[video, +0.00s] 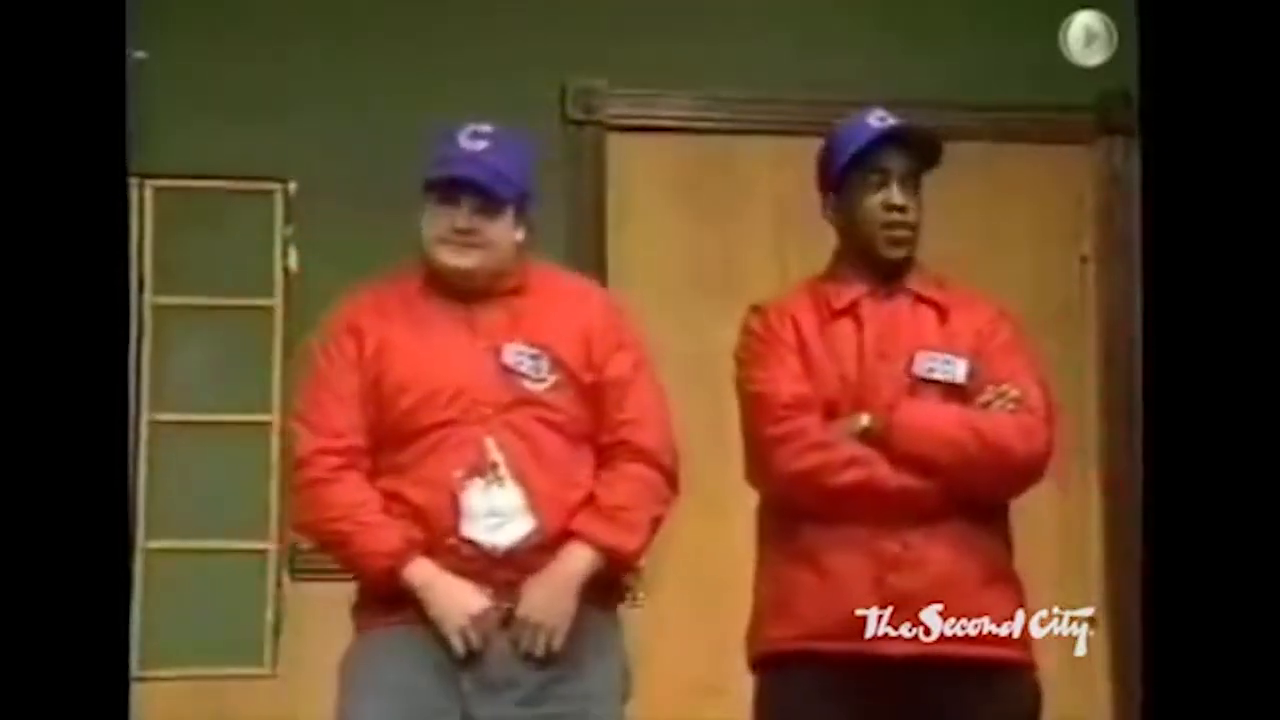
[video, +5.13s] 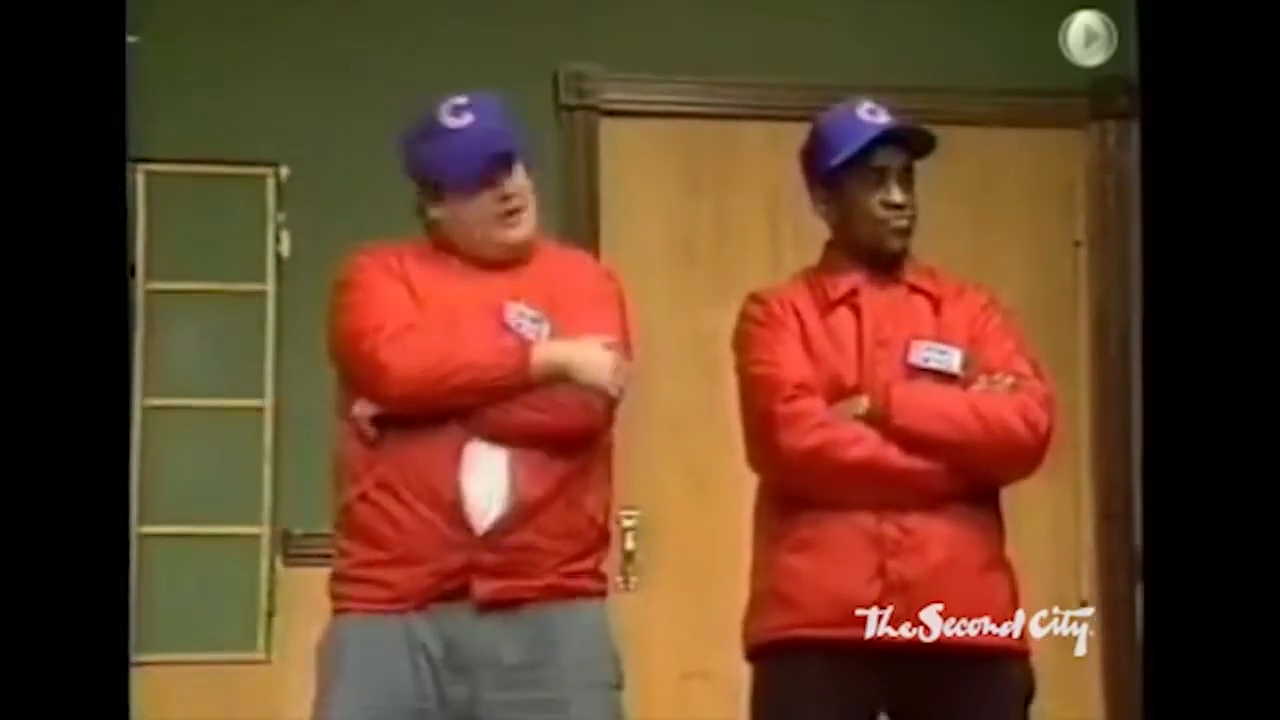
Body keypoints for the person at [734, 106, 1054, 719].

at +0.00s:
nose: (899, 201)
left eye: (910, 183)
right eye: (876, 184)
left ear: (923, 198)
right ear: (833, 204)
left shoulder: (979, 319)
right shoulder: (779, 324)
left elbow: (1023, 446)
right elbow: (788, 464)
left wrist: (878, 427)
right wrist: (962, 466)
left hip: (971, 649)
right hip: (819, 651)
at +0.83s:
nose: (877, 194)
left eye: (901, 179)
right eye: (863, 177)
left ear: (933, 204)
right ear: (842, 197)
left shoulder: (990, 321)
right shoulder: (788, 317)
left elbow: (1035, 458)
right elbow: (796, 457)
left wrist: (905, 411)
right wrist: (968, 470)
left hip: (974, 648)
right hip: (823, 646)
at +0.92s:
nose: (872, 188)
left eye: (896, 172)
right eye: (859, 171)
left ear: (932, 196)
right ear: (840, 191)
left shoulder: (993, 317)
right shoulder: (787, 318)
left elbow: (1023, 462)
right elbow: (785, 459)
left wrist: (965, 364)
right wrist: (948, 463)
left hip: (972, 647)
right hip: (823, 648)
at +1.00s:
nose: (863, 186)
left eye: (888, 170)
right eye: (853, 170)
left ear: (932, 193)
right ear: (838, 187)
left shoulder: (986, 305)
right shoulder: (787, 316)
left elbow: (1014, 444)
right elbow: (780, 459)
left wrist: (952, 323)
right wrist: (940, 456)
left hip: (973, 644)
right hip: (822, 648)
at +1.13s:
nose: (848, 194)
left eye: (872, 177)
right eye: (844, 178)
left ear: (930, 199)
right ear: (835, 190)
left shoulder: (999, 309)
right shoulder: (797, 313)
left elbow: (1001, 438)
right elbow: (783, 462)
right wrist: (948, 449)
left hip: (975, 649)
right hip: (824, 651)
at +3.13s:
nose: (885, 191)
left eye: (894, 173)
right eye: (858, 177)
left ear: (909, 187)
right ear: (816, 200)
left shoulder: (969, 307)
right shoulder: (776, 315)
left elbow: (1027, 437)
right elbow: (793, 457)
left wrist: (880, 418)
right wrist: (968, 466)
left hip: (966, 642)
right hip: (817, 645)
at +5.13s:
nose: (898, 197)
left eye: (906, 179)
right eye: (875, 179)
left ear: (917, 189)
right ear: (826, 195)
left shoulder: (970, 306)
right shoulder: (777, 311)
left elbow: (1024, 430)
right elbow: (791, 445)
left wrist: (880, 408)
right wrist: (965, 458)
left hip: (966, 634)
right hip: (816, 637)